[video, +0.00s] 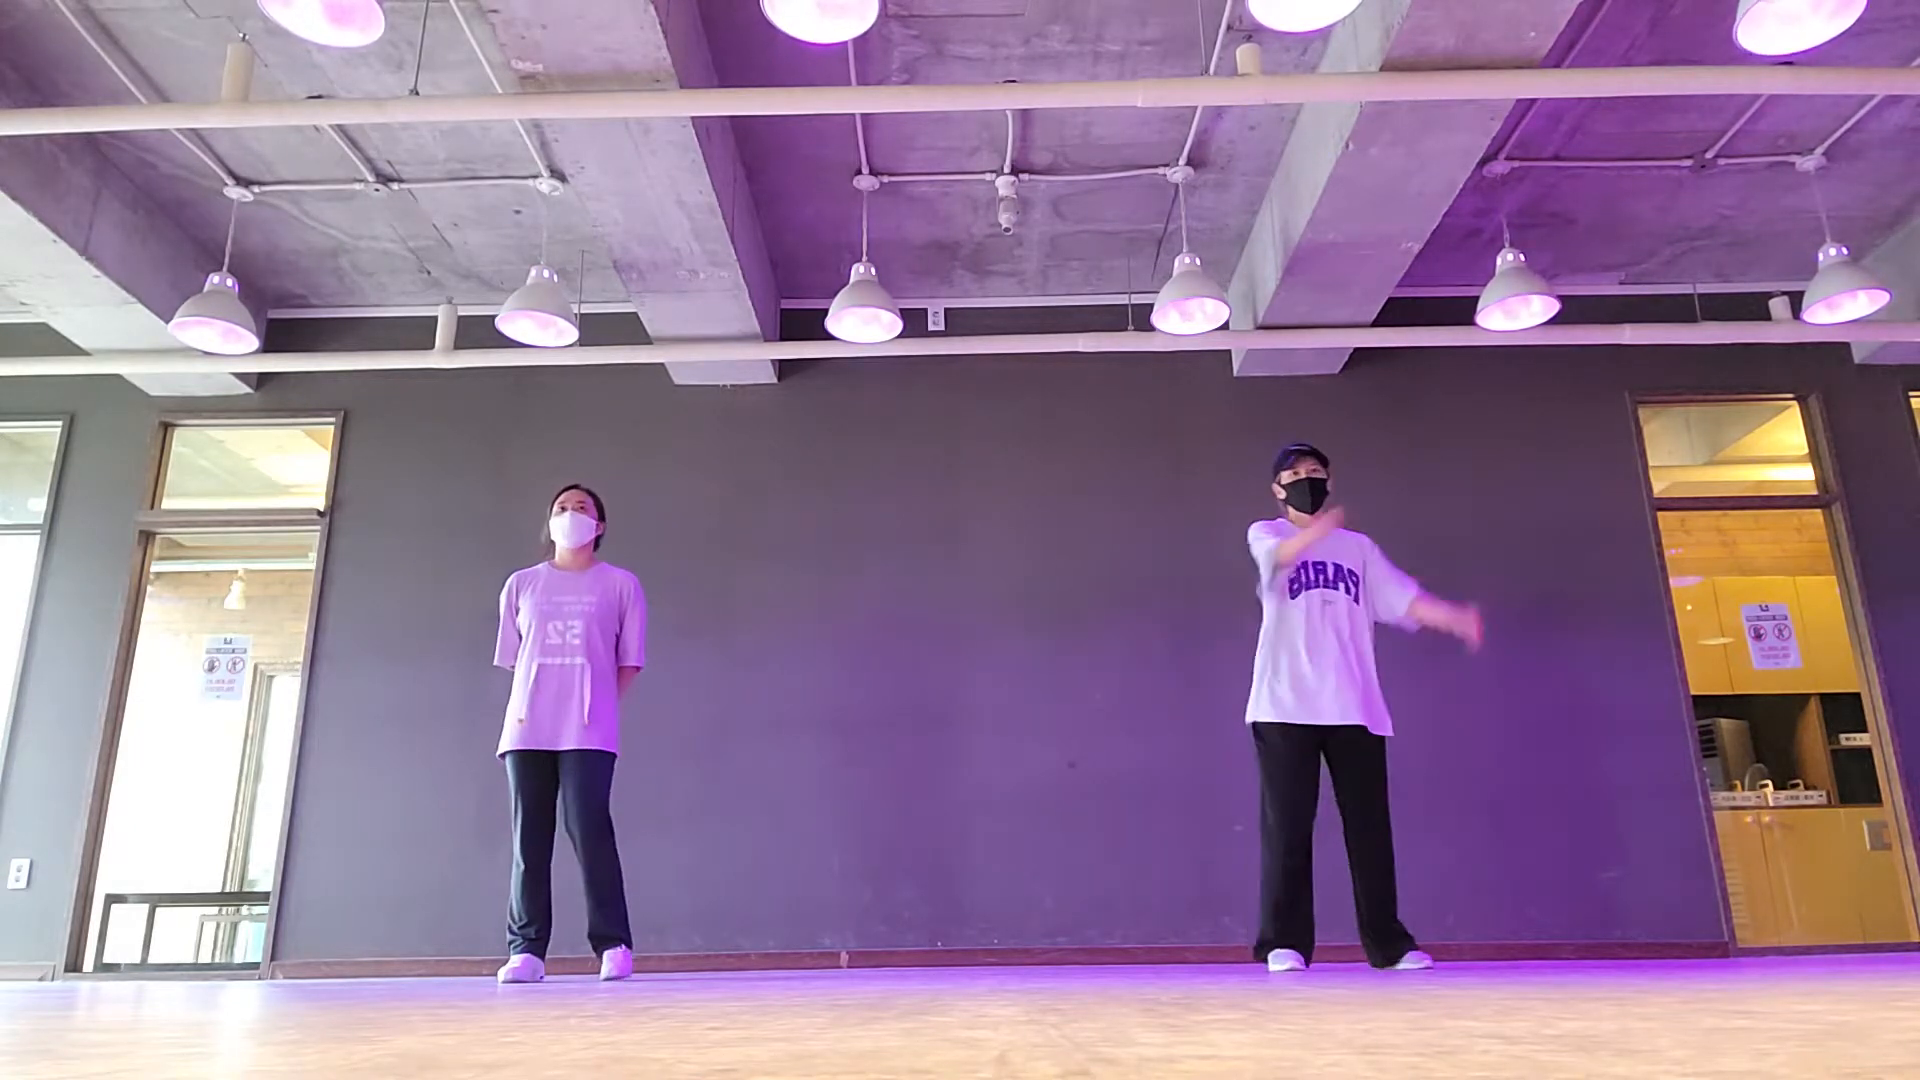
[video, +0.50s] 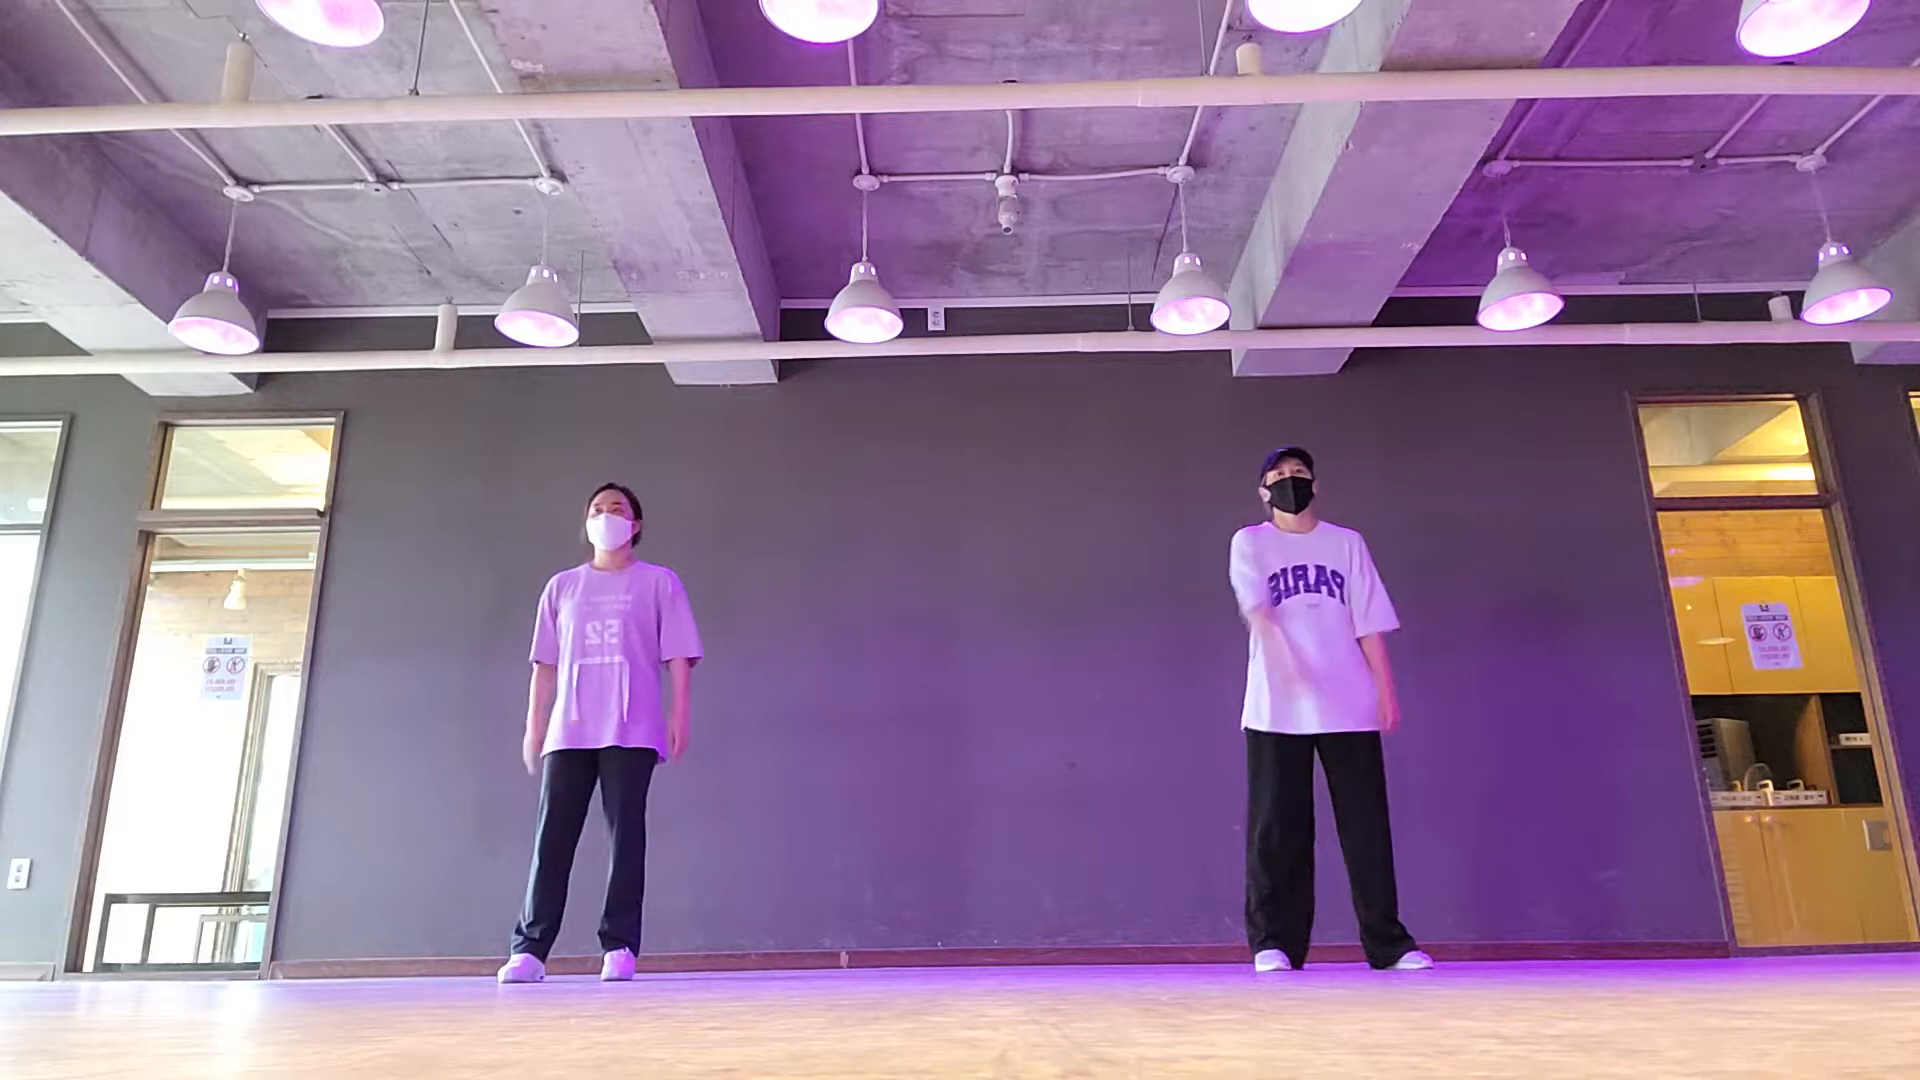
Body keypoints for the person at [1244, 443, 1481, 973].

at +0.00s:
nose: (1308, 482)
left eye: (1316, 474)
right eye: (1295, 476)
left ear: (1329, 484)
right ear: (1278, 489)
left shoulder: (1358, 548)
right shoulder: (1266, 534)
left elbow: (1405, 599)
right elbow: (1278, 557)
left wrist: (1455, 617)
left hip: (1355, 705)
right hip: (1284, 705)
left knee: (1371, 831)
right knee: (1287, 832)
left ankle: (1390, 946)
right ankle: (1283, 946)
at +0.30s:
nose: (1306, 486)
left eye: (1315, 477)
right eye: (1295, 479)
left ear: (1330, 487)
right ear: (1280, 491)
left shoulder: (1366, 544)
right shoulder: (1266, 536)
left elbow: (1390, 606)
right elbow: (1312, 574)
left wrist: (1408, 582)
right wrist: (1389, 572)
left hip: (1359, 704)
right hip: (1286, 702)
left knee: (1370, 829)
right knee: (1279, 829)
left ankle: (1386, 947)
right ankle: (1270, 944)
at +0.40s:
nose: (1299, 487)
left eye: (1308, 478)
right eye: (1288, 480)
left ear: (1322, 487)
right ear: (1272, 491)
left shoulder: (1355, 544)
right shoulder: (1259, 539)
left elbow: (1386, 599)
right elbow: (1289, 590)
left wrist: (1397, 640)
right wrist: (1368, 618)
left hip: (1357, 706)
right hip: (1284, 707)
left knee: (1371, 831)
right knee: (1279, 832)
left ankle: (1386, 947)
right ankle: (1272, 945)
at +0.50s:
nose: (1290, 484)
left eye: (1299, 476)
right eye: (1279, 478)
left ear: (1314, 486)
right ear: (1264, 491)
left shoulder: (1347, 543)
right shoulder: (1249, 543)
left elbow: (1369, 626)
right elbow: (1256, 609)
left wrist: (1386, 690)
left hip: (1348, 708)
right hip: (1277, 712)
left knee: (1367, 830)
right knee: (1276, 832)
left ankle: (1389, 946)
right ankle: (1274, 946)